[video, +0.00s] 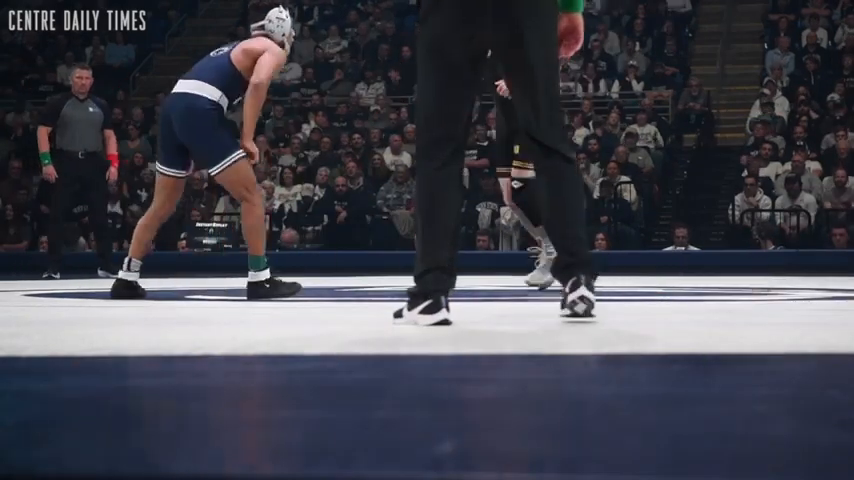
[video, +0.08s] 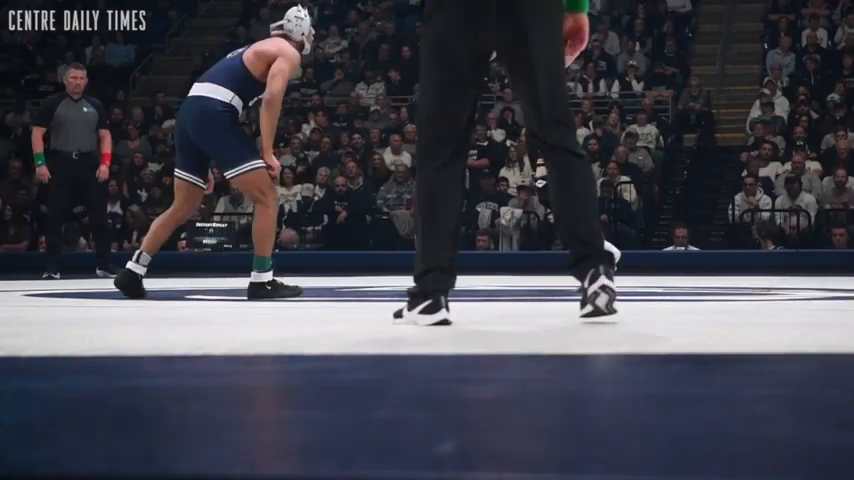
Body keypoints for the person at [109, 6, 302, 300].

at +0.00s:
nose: (288, 50)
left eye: (288, 46)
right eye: (289, 44)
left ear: (259, 32)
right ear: (286, 37)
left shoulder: (235, 47)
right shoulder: (273, 49)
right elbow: (258, 82)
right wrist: (247, 137)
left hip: (171, 113)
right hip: (201, 114)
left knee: (162, 204)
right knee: (252, 196)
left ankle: (127, 276)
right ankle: (260, 279)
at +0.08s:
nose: (305, 47)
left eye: (307, 41)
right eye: (307, 41)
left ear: (279, 30)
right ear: (302, 36)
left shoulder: (252, 49)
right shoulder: (287, 52)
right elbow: (271, 97)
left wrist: (208, 162)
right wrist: (267, 151)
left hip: (187, 118)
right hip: (215, 118)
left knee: (184, 205)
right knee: (266, 198)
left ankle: (134, 270)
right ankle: (262, 280)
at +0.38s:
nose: (359, 21)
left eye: (359, 17)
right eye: (357, 16)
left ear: (327, 16)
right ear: (347, 17)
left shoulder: (309, 37)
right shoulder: (333, 40)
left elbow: (289, 100)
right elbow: (317, 98)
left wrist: (305, 144)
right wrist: (312, 152)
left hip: (255, 115)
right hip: (265, 117)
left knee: (290, 196)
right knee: (298, 204)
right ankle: (266, 279)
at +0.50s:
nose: (387, 19)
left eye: (386, 13)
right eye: (383, 13)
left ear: (356, 15)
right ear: (370, 14)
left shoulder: (339, 35)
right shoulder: (359, 37)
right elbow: (336, 83)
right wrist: (328, 138)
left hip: (290, 118)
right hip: (290, 119)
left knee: (332, 195)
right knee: (309, 207)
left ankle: (345, 271)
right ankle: (267, 276)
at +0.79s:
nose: (449, 75)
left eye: (450, 68)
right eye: (446, 67)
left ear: (422, 64)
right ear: (430, 65)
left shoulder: (398, 79)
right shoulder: (408, 79)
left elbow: (381, 152)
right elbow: (391, 127)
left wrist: (401, 177)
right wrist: (411, 170)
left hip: (324, 133)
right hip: (325, 132)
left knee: (381, 198)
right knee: (388, 191)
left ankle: (385, 275)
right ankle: (350, 263)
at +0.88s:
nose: (460, 94)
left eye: (461, 87)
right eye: (458, 86)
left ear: (434, 81)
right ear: (443, 83)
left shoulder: (407, 104)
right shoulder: (419, 96)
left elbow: (409, 172)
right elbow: (424, 158)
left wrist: (432, 207)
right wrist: (446, 205)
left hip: (326, 136)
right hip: (326, 134)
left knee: (385, 195)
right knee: (384, 194)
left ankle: (386, 272)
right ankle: (385, 273)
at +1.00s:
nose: (470, 119)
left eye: (472, 113)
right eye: (469, 111)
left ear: (445, 104)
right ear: (455, 108)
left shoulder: (410, 136)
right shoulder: (434, 116)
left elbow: (423, 186)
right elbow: (457, 176)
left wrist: (456, 227)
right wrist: (482, 223)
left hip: (324, 138)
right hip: (331, 136)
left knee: (377, 203)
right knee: (389, 197)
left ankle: (382, 276)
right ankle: (388, 277)